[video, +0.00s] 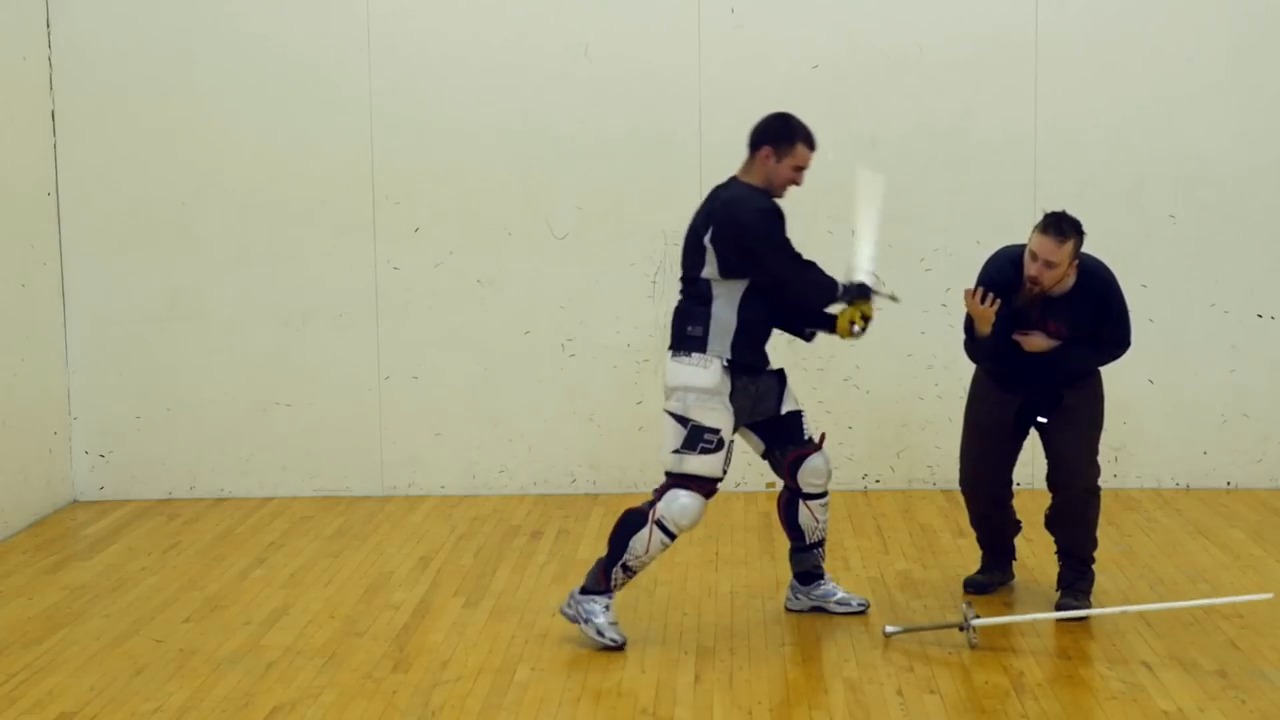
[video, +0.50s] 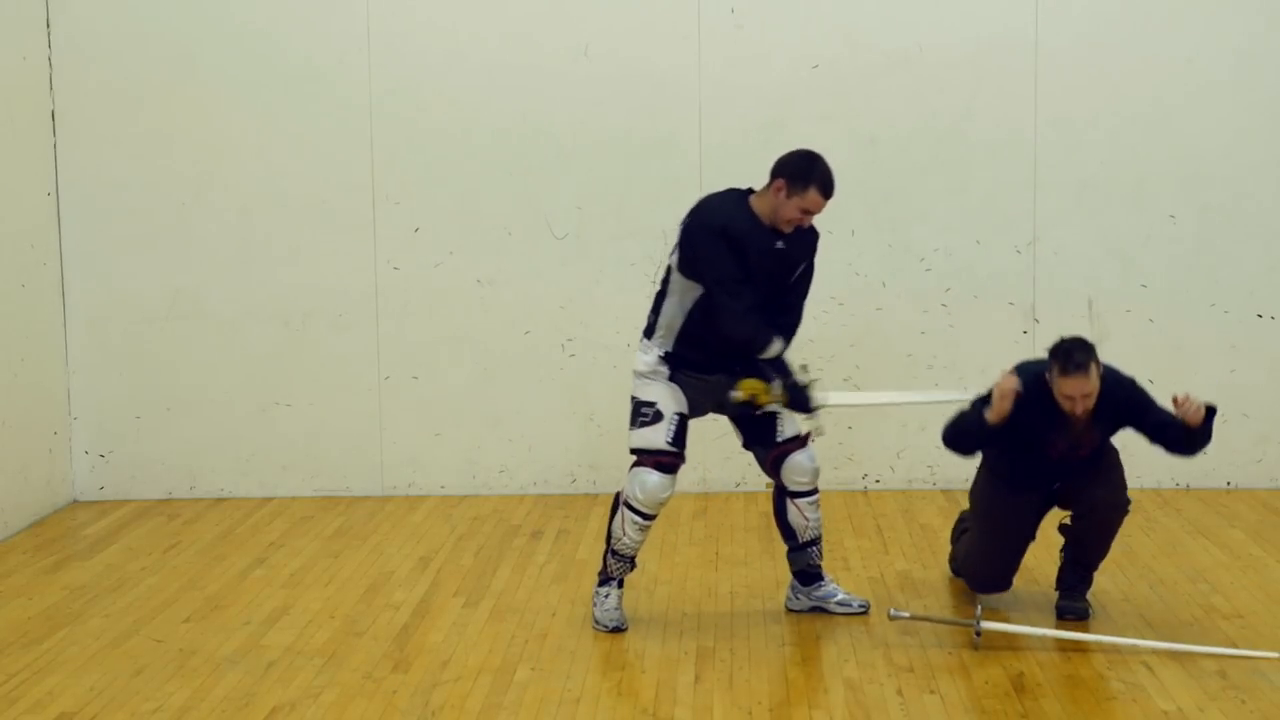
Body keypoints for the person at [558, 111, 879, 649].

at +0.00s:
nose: (799, 180)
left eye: (803, 171)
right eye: (797, 168)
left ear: (769, 158)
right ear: (766, 154)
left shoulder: (755, 209)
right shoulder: (737, 207)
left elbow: (769, 299)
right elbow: (787, 271)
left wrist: (829, 323)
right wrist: (843, 295)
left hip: (749, 368)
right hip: (703, 367)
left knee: (809, 468)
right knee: (685, 500)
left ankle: (808, 584)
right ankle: (591, 595)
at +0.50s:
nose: (807, 221)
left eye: (813, 214)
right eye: (804, 209)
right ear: (777, 188)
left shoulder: (801, 238)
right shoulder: (712, 218)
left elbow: (788, 312)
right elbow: (728, 302)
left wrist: (767, 367)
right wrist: (777, 367)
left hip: (743, 369)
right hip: (671, 368)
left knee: (799, 466)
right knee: (652, 483)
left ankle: (808, 583)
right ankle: (609, 586)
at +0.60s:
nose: (777, 214)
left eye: (786, 208)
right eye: (776, 201)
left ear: (791, 202)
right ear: (757, 171)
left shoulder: (773, 242)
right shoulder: (689, 186)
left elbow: (733, 319)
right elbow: (634, 263)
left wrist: (667, 339)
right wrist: (649, 313)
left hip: (717, 348)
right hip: (650, 335)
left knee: (757, 470)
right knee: (624, 467)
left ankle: (794, 576)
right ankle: (606, 587)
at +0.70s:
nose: (733, 194)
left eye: (747, 194)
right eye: (734, 181)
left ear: (763, 193)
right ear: (727, 156)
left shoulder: (750, 238)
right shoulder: (678, 172)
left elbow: (683, 292)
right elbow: (597, 175)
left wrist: (612, 261)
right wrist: (551, 207)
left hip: (707, 358)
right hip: (640, 347)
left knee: (739, 473)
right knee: (619, 469)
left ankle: (774, 572)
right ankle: (605, 587)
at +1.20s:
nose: (667, 188)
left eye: (678, 178)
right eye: (659, 177)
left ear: (701, 162)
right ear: (648, 162)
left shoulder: (726, 210)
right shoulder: (639, 188)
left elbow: (718, 300)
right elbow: (588, 202)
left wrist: (638, 346)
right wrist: (522, 211)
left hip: (712, 352)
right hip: (645, 350)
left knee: (745, 469)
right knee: (625, 470)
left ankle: (775, 572)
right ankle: (608, 586)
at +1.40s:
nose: (658, 195)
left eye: (669, 186)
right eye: (649, 184)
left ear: (689, 169)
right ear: (638, 168)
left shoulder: (717, 209)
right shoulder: (626, 197)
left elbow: (737, 301)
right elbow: (585, 250)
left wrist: (685, 372)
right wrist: (521, 297)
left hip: (713, 357)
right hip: (643, 358)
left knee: (746, 469)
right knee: (618, 472)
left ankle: (775, 572)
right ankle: (623, 588)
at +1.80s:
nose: (574, 176)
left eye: (584, 166)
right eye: (565, 166)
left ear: (608, 149)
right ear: (556, 156)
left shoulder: (648, 184)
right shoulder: (551, 208)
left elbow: (715, 243)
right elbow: (542, 296)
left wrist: (754, 310)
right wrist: (537, 372)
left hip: (664, 357)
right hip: (591, 363)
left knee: (701, 471)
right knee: (604, 480)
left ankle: (736, 568)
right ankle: (620, 588)